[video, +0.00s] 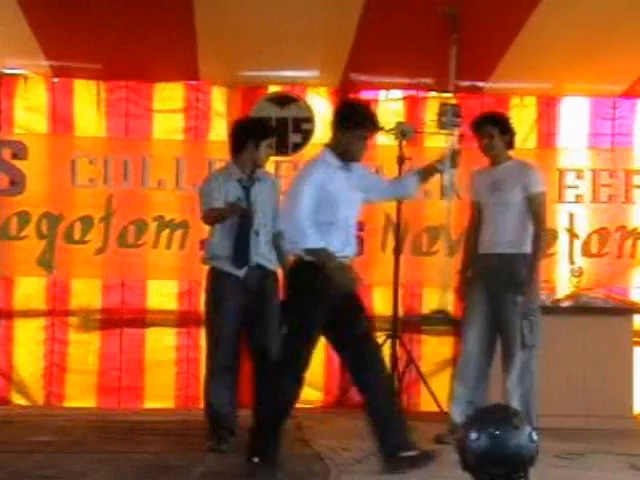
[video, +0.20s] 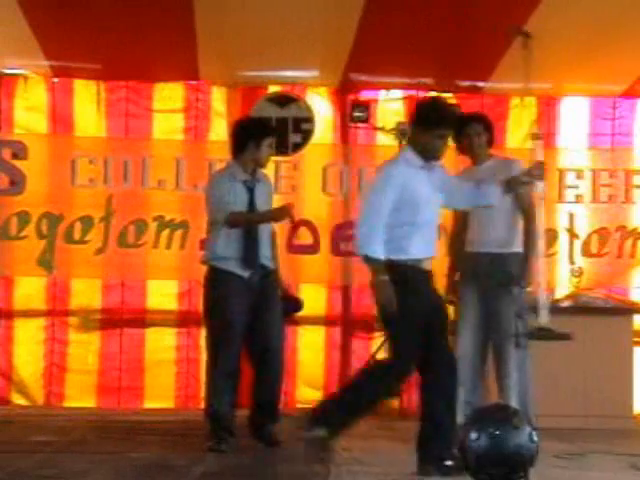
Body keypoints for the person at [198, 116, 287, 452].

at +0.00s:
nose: (266, 155)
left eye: (267, 149)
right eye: (262, 148)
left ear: (260, 151)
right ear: (245, 148)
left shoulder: (269, 184)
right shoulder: (217, 182)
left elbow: (275, 229)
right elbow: (208, 216)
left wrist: (288, 261)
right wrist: (230, 212)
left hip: (263, 274)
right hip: (226, 273)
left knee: (268, 351)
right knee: (223, 352)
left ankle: (268, 429)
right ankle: (221, 427)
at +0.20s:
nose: (269, 155)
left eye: (270, 148)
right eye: (265, 147)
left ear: (261, 150)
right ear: (248, 147)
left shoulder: (264, 186)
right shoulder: (221, 181)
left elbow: (266, 239)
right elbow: (227, 218)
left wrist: (276, 278)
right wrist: (269, 217)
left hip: (261, 274)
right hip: (227, 274)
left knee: (270, 351)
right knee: (226, 352)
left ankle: (264, 422)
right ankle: (221, 425)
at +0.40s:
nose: (280, 154)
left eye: (281, 148)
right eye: (276, 147)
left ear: (266, 149)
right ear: (259, 147)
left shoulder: (265, 184)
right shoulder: (235, 184)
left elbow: (258, 233)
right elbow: (263, 218)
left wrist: (269, 274)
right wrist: (313, 211)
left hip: (262, 279)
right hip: (233, 278)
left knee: (274, 353)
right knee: (229, 354)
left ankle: (282, 426)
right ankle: (221, 429)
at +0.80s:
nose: (315, 150)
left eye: (315, 144)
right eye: (309, 144)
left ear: (299, 148)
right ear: (291, 146)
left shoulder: (290, 182)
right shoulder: (279, 180)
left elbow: (286, 242)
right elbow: (314, 210)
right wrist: (364, 199)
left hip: (288, 277)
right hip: (271, 275)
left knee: (290, 356)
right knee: (262, 352)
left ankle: (291, 431)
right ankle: (229, 427)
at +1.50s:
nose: (337, 154)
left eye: (338, 148)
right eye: (332, 148)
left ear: (324, 151)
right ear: (313, 148)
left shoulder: (312, 179)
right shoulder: (305, 176)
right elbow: (346, 197)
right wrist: (399, 196)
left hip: (300, 271)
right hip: (286, 268)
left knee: (302, 354)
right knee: (286, 350)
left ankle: (294, 432)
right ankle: (254, 428)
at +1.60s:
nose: (339, 155)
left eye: (340, 149)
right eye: (333, 149)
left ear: (323, 152)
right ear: (315, 149)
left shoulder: (312, 179)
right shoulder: (306, 177)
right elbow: (348, 196)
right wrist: (400, 195)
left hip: (301, 270)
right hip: (288, 268)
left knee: (302, 352)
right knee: (289, 349)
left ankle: (293, 432)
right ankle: (254, 427)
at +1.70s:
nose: (339, 155)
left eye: (340, 149)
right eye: (334, 148)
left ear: (329, 153)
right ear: (317, 149)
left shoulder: (313, 179)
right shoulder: (307, 177)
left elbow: (349, 196)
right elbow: (350, 195)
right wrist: (399, 194)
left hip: (301, 269)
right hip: (289, 268)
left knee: (302, 351)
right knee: (294, 350)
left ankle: (293, 431)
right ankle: (256, 423)